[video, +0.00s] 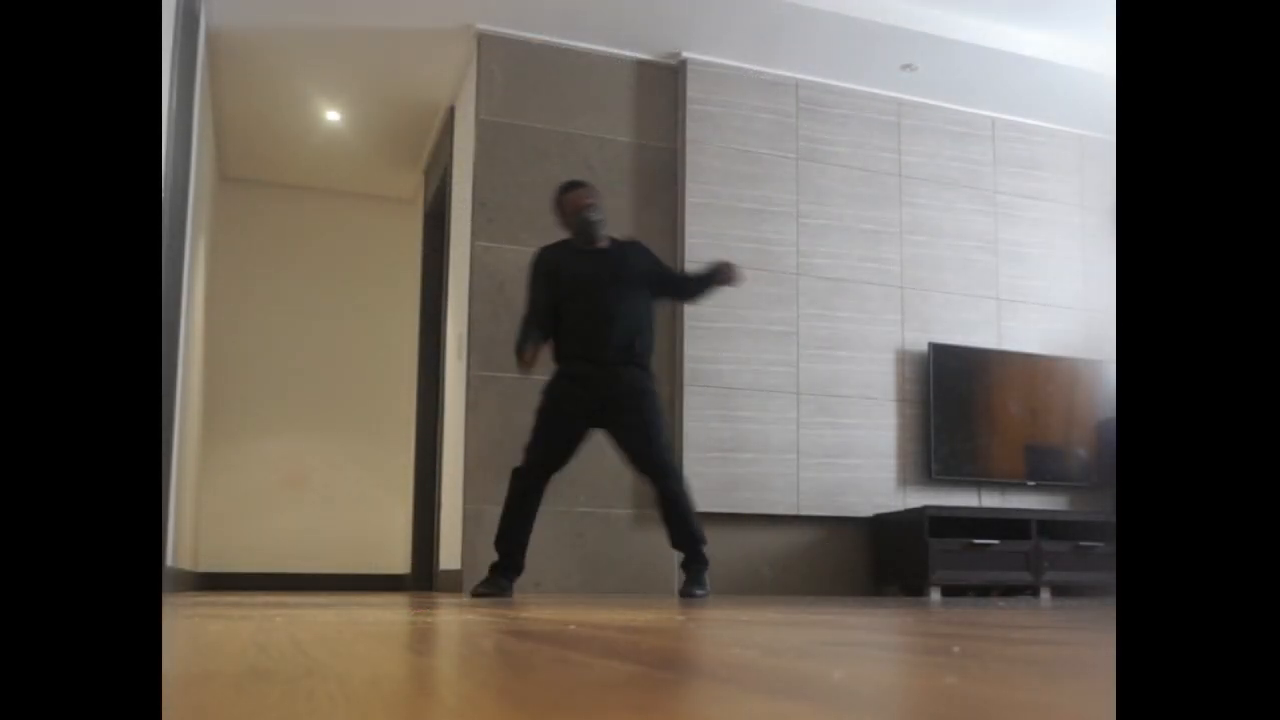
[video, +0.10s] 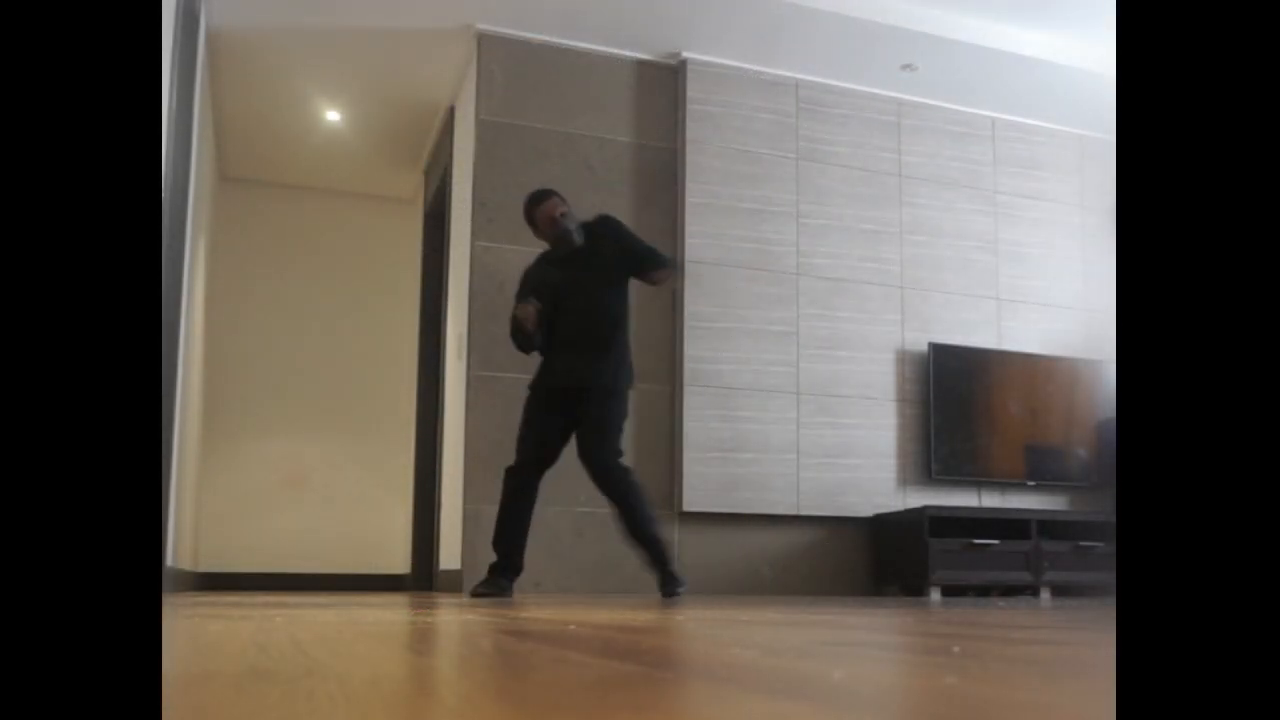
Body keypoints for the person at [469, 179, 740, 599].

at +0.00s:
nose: (588, 211)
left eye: (592, 203)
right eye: (577, 207)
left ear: (602, 209)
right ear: (562, 218)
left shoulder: (632, 256)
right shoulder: (552, 261)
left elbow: (678, 287)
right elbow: (539, 312)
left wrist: (712, 277)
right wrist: (528, 344)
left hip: (628, 388)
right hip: (572, 387)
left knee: (663, 472)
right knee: (532, 473)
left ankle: (695, 566)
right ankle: (504, 572)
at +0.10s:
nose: (559, 220)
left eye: (561, 211)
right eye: (548, 219)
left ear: (570, 209)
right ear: (537, 231)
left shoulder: (604, 235)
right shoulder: (539, 274)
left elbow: (661, 271)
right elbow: (525, 344)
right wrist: (524, 325)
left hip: (605, 378)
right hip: (556, 381)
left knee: (602, 462)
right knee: (523, 472)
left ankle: (664, 568)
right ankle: (503, 574)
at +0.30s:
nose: (565, 192)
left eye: (569, 186)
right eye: (555, 188)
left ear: (578, 193)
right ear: (538, 199)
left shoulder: (595, 224)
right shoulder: (524, 241)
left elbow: (601, 261)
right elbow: (511, 292)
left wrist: (599, 291)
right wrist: (511, 287)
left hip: (603, 362)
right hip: (549, 367)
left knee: (641, 448)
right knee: (525, 464)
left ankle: (679, 544)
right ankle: (505, 569)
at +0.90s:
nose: (575, 200)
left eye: (586, 199)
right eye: (572, 190)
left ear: (593, 210)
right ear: (555, 189)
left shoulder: (599, 245)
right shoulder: (519, 235)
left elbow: (621, 301)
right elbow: (499, 293)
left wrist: (645, 327)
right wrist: (495, 295)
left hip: (600, 371)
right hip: (541, 372)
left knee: (647, 449)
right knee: (518, 467)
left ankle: (675, 549)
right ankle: (505, 571)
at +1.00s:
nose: (590, 208)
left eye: (599, 207)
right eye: (586, 198)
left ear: (603, 219)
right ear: (566, 194)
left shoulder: (603, 263)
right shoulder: (528, 228)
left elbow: (629, 320)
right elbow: (501, 261)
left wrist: (689, 328)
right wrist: (487, 285)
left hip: (607, 377)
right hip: (548, 378)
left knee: (656, 450)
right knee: (518, 467)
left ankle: (675, 555)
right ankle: (503, 571)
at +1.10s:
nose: (614, 212)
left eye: (621, 208)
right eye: (608, 203)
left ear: (625, 216)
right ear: (584, 199)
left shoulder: (622, 265)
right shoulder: (546, 235)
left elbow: (664, 315)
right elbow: (510, 281)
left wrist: (722, 307)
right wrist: (482, 310)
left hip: (617, 384)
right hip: (558, 382)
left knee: (655, 466)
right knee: (523, 470)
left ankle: (665, 572)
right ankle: (502, 572)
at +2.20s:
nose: (601, 205)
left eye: (610, 198)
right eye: (598, 199)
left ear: (638, 200)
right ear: (596, 206)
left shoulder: (672, 254)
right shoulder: (583, 252)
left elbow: (706, 323)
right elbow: (524, 270)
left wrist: (746, 367)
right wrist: (473, 240)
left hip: (658, 383)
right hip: (598, 381)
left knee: (679, 471)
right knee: (556, 463)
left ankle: (668, 574)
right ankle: (551, 574)